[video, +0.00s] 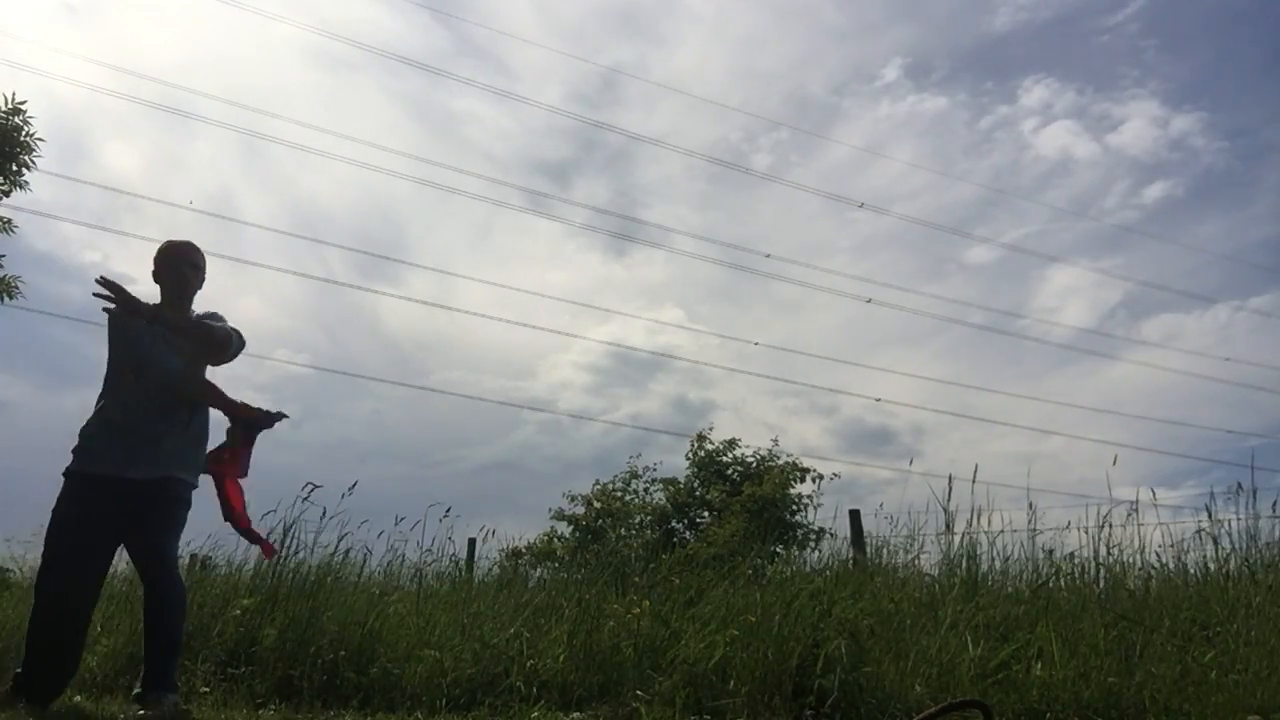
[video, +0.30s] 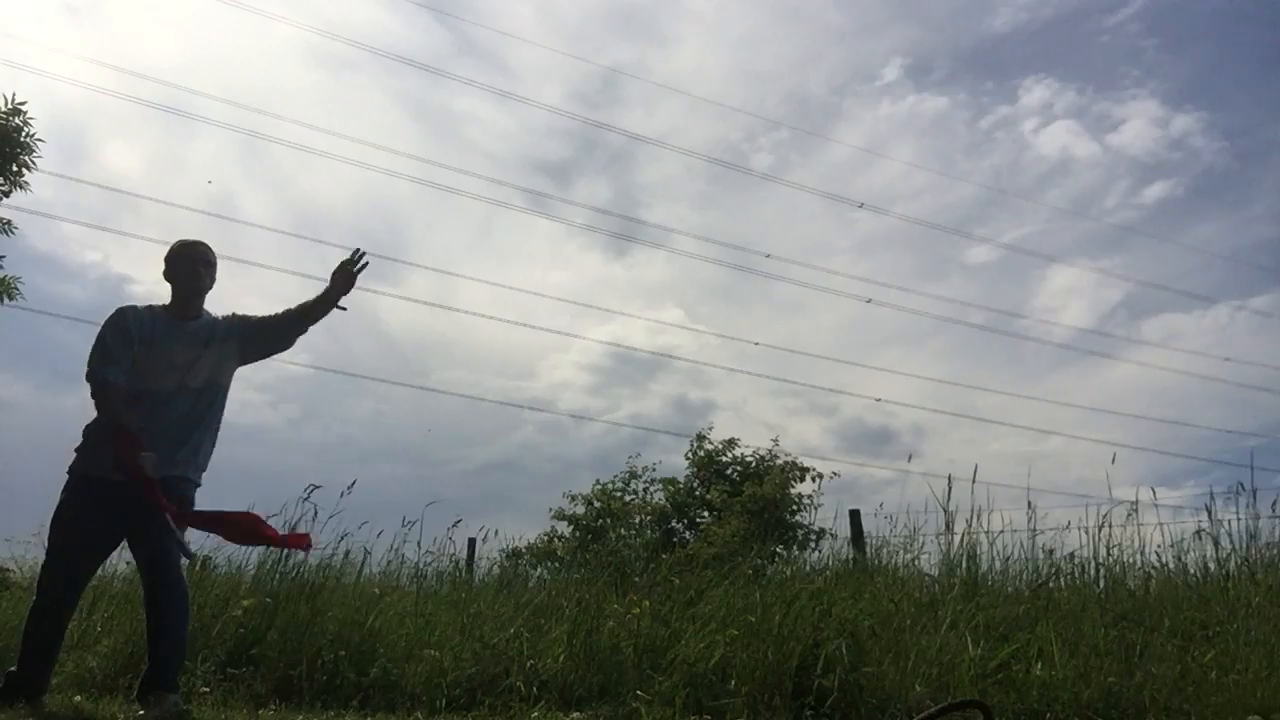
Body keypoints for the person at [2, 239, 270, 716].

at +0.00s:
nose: (185, 273)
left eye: (194, 268)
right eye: (177, 263)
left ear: (202, 281)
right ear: (156, 269)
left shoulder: (209, 323)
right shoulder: (129, 318)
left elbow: (224, 346)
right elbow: (167, 372)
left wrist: (148, 313)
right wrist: (234, 408)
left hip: (166, 476)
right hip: (101, 468)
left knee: (160, 571)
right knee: (65, 579)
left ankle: (160, 691)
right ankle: (35, 692)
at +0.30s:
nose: (196, 270)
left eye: (205, 265)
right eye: (186, 261)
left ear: (214, 280)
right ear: (167, 270)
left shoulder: (226, 337)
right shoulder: (129, 321)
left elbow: (285, 326)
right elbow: (104, 385)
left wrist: (331, 295)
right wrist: (131, 448)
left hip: (165, 485)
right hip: (100, 475)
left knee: (167, 588)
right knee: (58, 585)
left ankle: (161, 695)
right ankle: (25, 690)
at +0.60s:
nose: (192, 263)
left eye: (204, 258)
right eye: (184, 256)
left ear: (220, 275)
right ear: (171, 269)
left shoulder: (237, 333)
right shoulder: (144, 311)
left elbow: (288, 353)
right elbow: (90, 321)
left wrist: (287, 364)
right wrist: (93, 245)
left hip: (169, 483)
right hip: (103, 470)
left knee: (163, 580)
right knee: (48, 574)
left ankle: (159, 694)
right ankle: (16, 687)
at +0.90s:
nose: (139, 289)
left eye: (149, 281)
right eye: (133, 283)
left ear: (168, 286)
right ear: (127, 291)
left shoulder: (178, 331)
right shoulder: (126, 333)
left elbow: (91, 331)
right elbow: (102, 363)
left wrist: (143, 307)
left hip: (131, 477)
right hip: (85, 475)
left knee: (109, 566)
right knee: (19, 578)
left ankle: (157, 691)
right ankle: (29, 695)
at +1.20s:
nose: (92, 296)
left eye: (94, 288)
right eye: (92, 289)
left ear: (105, 284)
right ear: (139, 287)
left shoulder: (107, 315)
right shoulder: (167, 341)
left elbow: (58, 379)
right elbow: (146, 417)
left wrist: (58, 413)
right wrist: (73, 417)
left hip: (87, 480)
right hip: (128, 491)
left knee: (71, 578)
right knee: (36, 574)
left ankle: (133, 692)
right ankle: (27, 691)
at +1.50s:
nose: (47, 304)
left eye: (47, 296)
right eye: (46, 297)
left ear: (59, 291)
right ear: (93, 290)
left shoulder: (65, 318)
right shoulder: (145, 328)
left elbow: (56, 367)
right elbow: (209, 358)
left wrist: (5, 418)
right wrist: (191, 414)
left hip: (93, 480)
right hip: (139, 484)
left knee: (88, 578)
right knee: (60, 576)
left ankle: (137, 690)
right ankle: (31, 688)